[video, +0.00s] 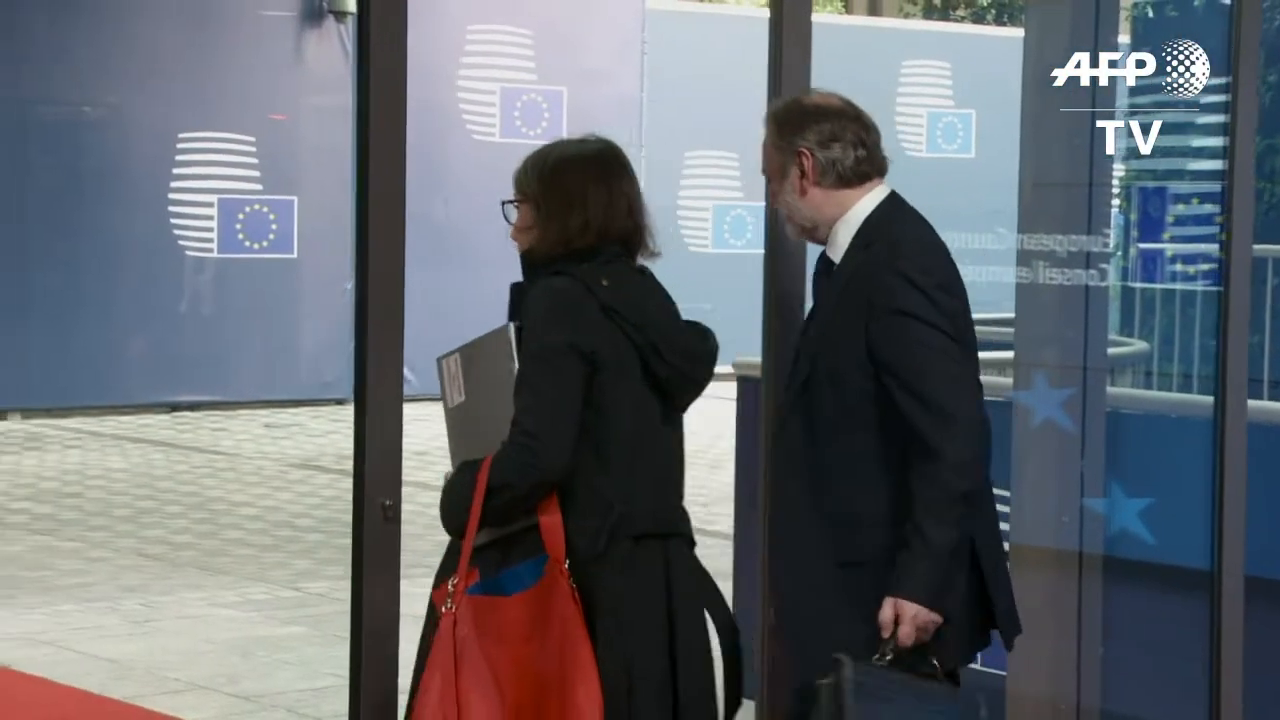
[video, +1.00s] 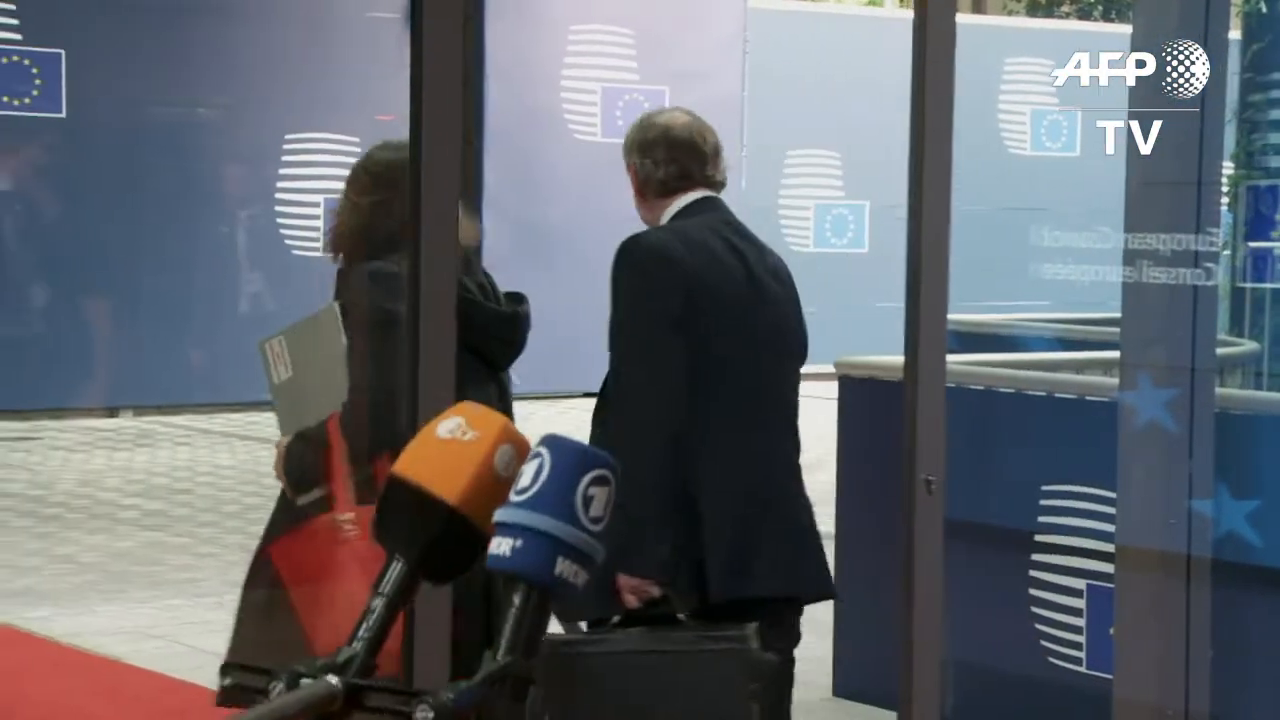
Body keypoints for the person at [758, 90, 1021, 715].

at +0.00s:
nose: (771, 199)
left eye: (772, 180)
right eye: (768, 182)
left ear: (804, 172)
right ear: (814, 171)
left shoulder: (895, 259)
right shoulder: (859, 251)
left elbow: (951, 436)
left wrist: (921, 583)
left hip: (878, 602)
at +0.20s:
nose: (736, 204)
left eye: (736, 186)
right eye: (734, 187)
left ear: (762, 175)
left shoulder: (854, 262)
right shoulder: (819, 257)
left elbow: (904, 438)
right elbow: (812, 445)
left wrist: (880, 585)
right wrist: (762, 579)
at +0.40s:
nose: (689, 210)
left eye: (689, 191)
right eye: (688, 193)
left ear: (711, 179)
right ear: (770, 176)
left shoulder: (799, 265)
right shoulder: (769, 263)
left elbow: (846, 432)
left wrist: (830, 581)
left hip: (792, 599)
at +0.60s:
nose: (647, 193)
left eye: (647, 174)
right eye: (646, 176)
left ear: (667, 166)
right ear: (730, 163)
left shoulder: (737, 248)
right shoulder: (746, 239)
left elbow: (774, 410)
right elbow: (774, 408)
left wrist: (765, 553)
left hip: (739, 570)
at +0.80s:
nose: (643, 184)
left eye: (641, 164)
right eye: (641, 167)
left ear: (654, 160)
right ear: (727, 159)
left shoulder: (700, 244)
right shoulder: (762, 240)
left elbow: (709, 404)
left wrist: (703, 546)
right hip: (766, 546)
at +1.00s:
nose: (630, 188)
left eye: (628, 175)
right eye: (630, 175)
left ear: (639, 178)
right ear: (716, 172)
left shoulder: (652, 255)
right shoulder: (770, 265)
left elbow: (644, 411)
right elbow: (769, 416)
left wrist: (636, 551)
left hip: (678, 556)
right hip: (766, 552)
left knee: (672, 708)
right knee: (759, 709)